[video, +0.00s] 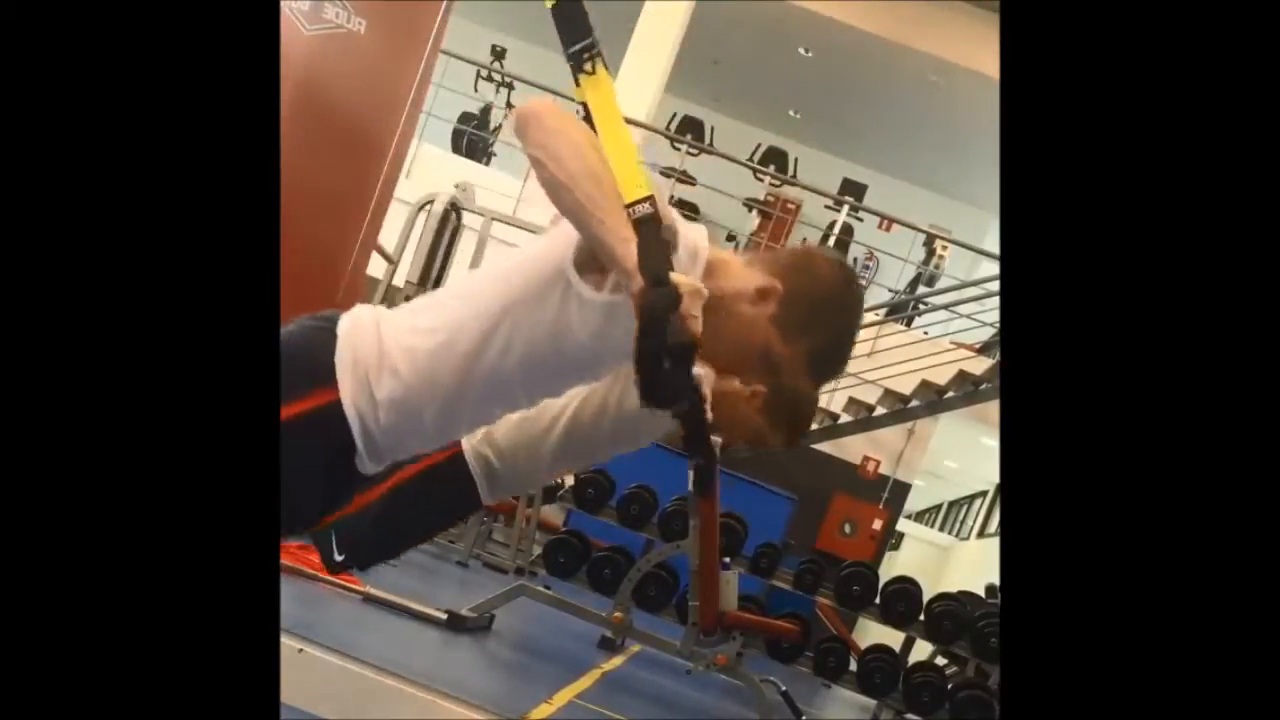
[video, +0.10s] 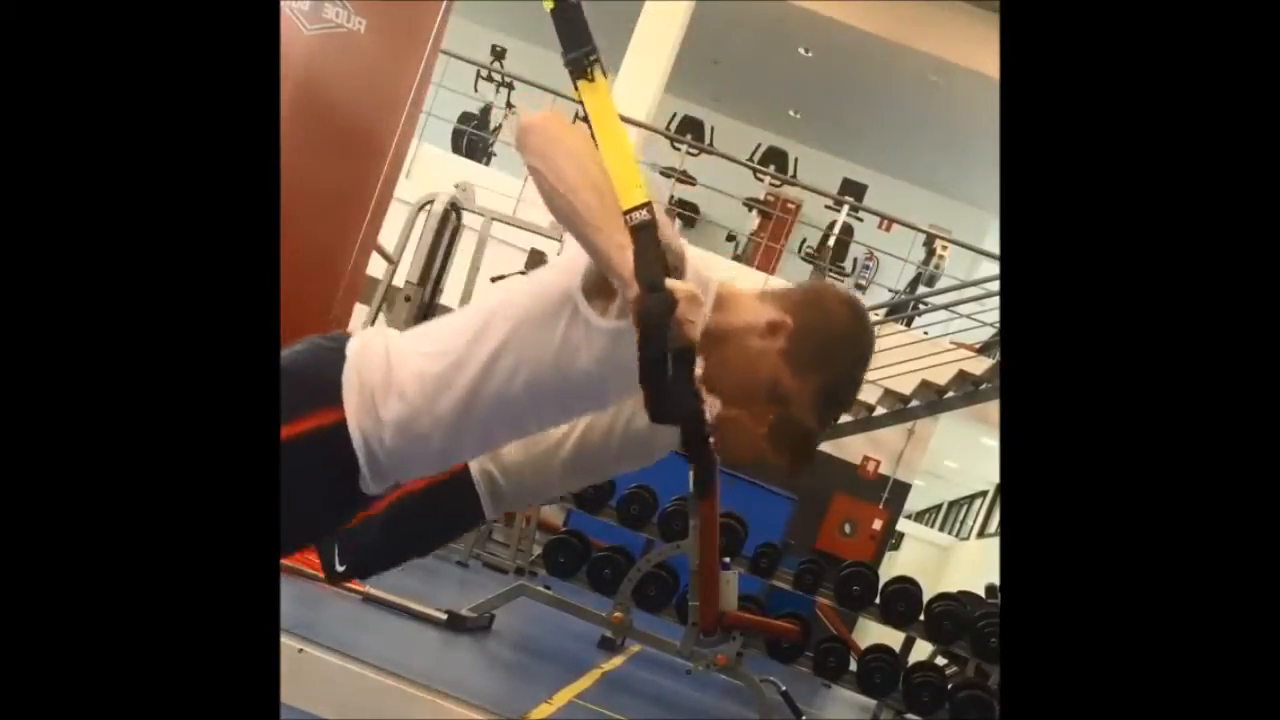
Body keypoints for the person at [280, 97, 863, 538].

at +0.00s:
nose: (746, 373)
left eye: (765, 372)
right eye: (764, 358)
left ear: (762, 293)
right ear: (763, 295)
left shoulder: (676, 325)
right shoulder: (659, 235)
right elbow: (537, 119)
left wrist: (679, 393)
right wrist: (641, 269)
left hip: (370, 450)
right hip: (330, 392)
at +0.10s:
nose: (746, 404)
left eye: (766, 405)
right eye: (768, 392)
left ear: (774, 325)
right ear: (774, 330)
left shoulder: (683, 344)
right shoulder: (659, 251)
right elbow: (538, 130)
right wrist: (628, 266)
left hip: (365, 467)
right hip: (332, 414)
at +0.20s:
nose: (757, 475)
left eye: (778, 471)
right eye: (777, 456)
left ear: (778, 366)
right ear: (779, 371)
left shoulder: (702, 410)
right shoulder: (667, 283)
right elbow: (536, 145)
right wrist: (630, 283)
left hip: (367, 491)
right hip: (335, 436)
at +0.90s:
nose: (757, 403)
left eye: (778, 402)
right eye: (776, 385)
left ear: (775, 317)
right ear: (775, 319)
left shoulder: (697, 360)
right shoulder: (665, 259)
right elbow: (532, 141)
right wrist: (640, 276)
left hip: (371, 464)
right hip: (335, 412)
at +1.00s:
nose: (748, 347)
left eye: (766, 349)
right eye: (764, 332)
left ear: (765, 257)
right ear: (766, 263)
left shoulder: (682, 312)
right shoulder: (667, 219)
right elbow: (526, 129)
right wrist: (644, 278)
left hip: (375, 432)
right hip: (337, 381)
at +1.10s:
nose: (744, 300)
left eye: (764, 298)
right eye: (763, 285)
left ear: (749, 212)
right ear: (751, 213)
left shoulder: (667, 260)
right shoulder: (650, 171)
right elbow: (523, 124)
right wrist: (637, 278)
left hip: (369, 410)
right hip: (325, 353)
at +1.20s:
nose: (725, 239)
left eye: (744, 236)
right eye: (744, 222)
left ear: (731, 153)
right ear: (730, 155)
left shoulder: (642, 208)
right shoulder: (620, 119)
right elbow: (523, 130)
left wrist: (678, 369)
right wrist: (639, 279)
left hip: (358, 378)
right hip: (318, 321)